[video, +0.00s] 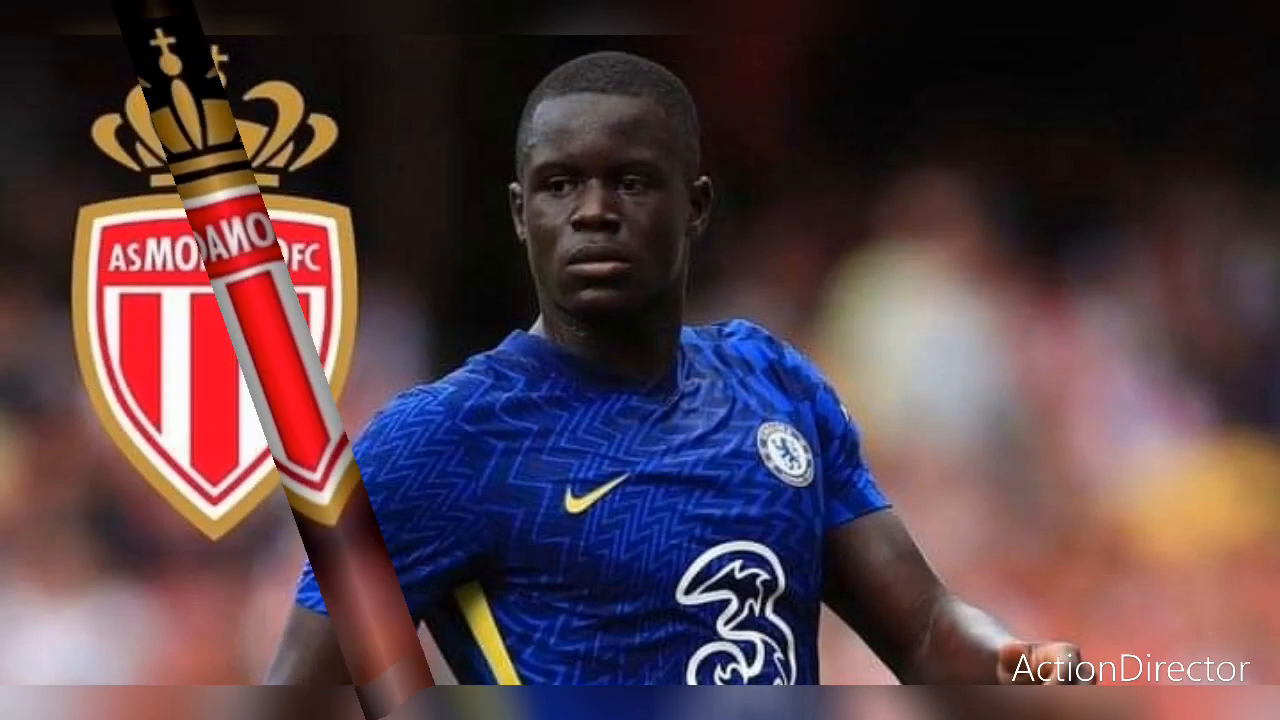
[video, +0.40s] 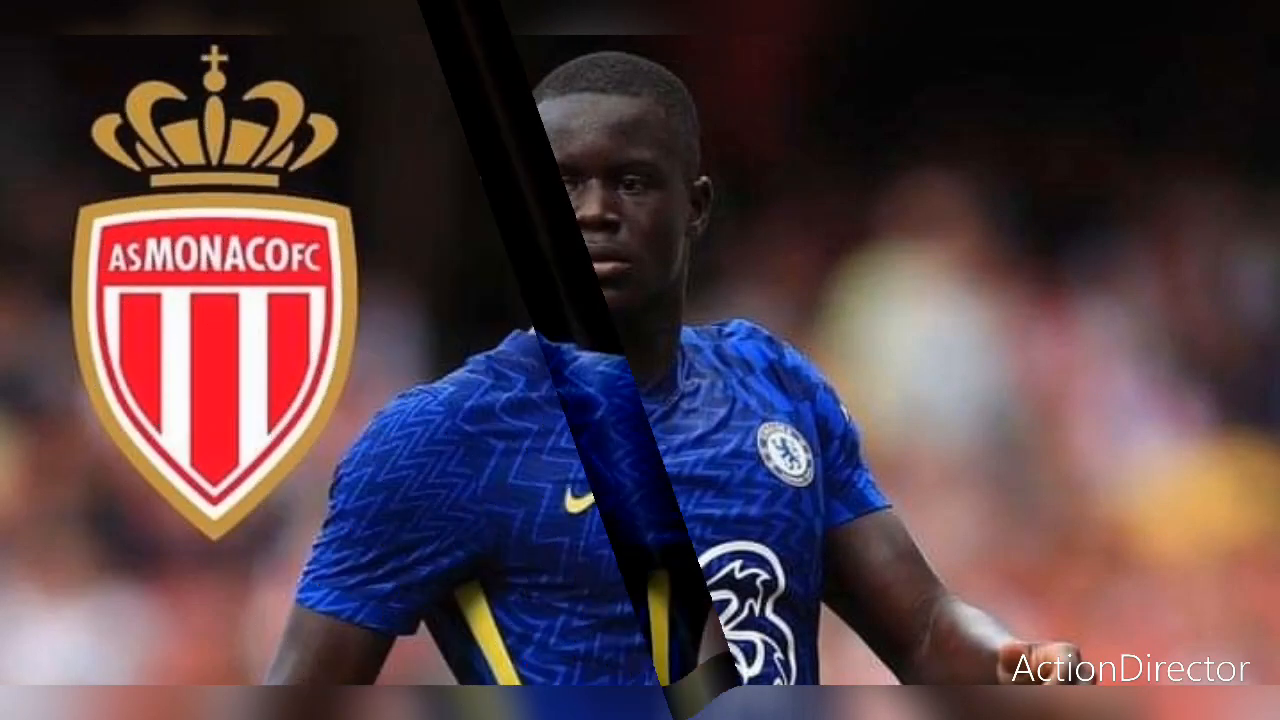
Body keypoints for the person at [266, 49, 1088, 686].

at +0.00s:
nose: (595, 209)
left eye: (633, 179)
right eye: (560, 181)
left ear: (697, 210)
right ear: (523, 215)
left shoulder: (771, 385)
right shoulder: (437, 440)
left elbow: (921, 626)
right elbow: (297, 689)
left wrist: (1017, 673)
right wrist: (398, 694)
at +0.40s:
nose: (594, 210)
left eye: (631, 180)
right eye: (563, 181)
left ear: (697, 207)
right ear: (525, 203)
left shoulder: (774, 389)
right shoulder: (435, 442)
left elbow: (920, 626)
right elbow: (301, 691)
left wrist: (1015, 670)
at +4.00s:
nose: (600, 209)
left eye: (636, 177)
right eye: (562, 180)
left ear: (698, 206)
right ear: (520, 213)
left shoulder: (770, 384)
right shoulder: (453, 430)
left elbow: (920, 625)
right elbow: (302, 688)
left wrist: (1021, 673)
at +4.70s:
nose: (596, 210)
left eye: (633, 178)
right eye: (560, 181)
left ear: (696, 207)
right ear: (522, 215)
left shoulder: (770, 385)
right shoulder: (433, 444)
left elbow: (921, 625)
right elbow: (301, 691)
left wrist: (1020, 674)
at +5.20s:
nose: (596, 210)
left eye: (633, 178)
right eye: (560, 181)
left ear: (697, 207)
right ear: (522, 215)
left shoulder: (770, 385)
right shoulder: (433, 444)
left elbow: (921, 625)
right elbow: (301, 691)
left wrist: (1020, 674)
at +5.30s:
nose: (596, 210)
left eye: (633, 178)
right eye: (560, 181)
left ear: (697, 207)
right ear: (522, 215)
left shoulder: (770, 385)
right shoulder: (433, 444)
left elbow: (921, 625)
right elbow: (301, 691)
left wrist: (1020, 674)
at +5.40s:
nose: (596, 210)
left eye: (633, 178)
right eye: (560, 181)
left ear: (697, 207)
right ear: (522, 215)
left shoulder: (770, 385)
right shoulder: (433, 444)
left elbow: (921, 625)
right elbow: (301, 691)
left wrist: (1020, 674)